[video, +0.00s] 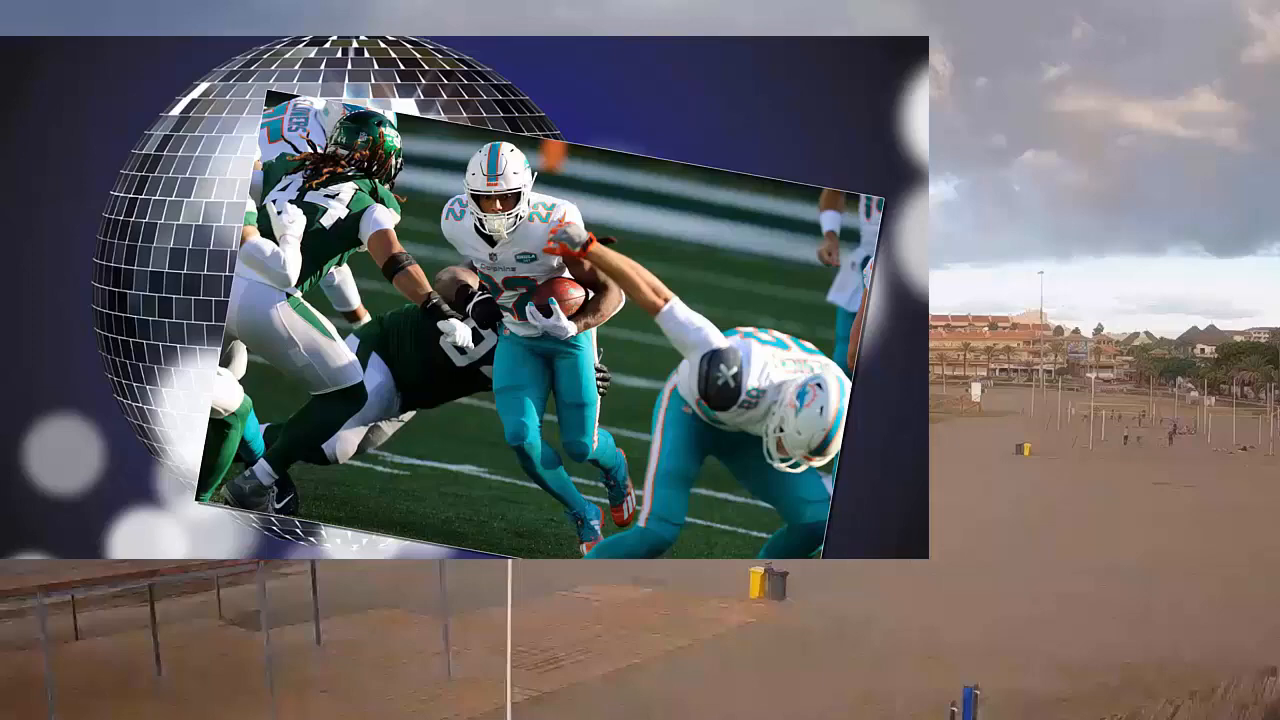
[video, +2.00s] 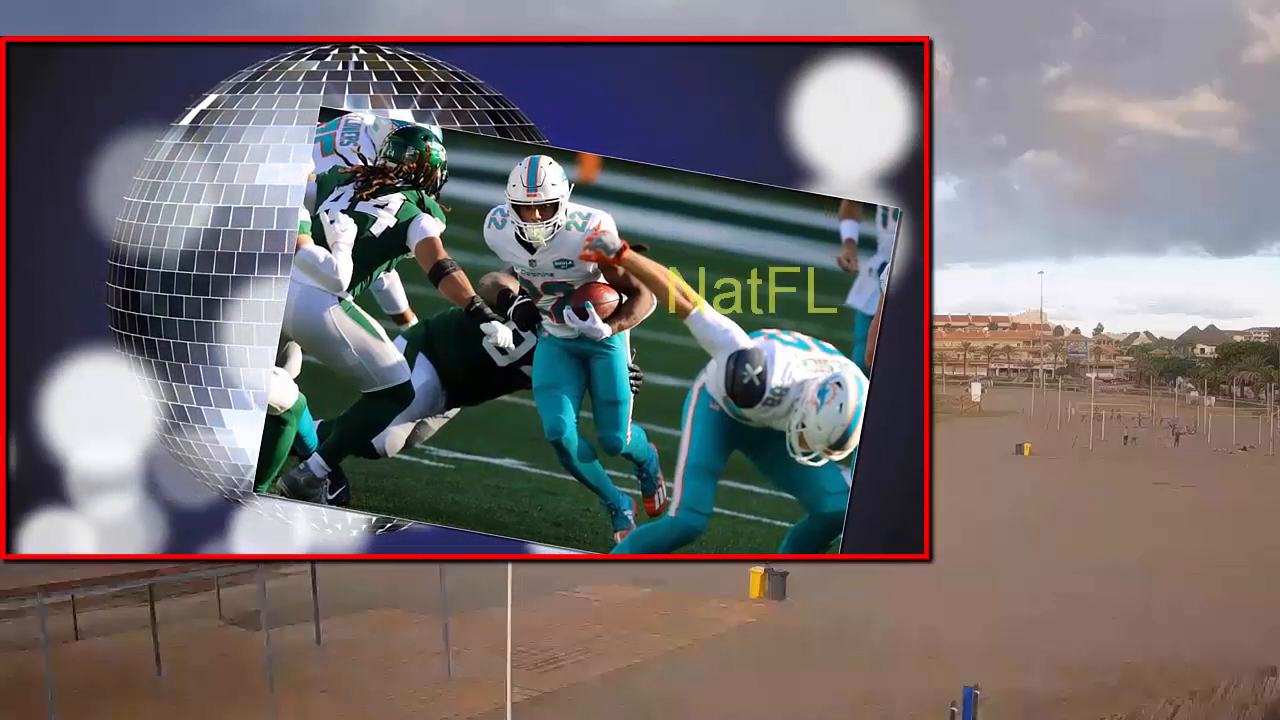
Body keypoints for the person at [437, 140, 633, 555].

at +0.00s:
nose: (495, 207)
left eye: (505, 198)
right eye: (486, 199)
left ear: (524, 190)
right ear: (473, 194)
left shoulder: (558, 221)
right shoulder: (456, 220)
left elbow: (614, 291)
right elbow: (482, 265)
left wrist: (576, 326)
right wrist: (482, 298)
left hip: (571, 338)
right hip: (516, 337)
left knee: (578, 446)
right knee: (520, 438)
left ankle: (617, 473)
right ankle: (584, 514)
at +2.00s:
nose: (534, 217)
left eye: (543, 208)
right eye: (525, 209)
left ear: (561, 201)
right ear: (512, 204)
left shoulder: (594, 229)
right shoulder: (497, 228)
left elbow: (646, 295)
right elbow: (524, 272)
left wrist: (610, 328)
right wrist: (527, 303)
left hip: (606, 340)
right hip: (554, 339)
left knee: (613, 440)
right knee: (558, 433)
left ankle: (649, 469)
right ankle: (619, 507)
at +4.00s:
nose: (574, 226)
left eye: (582, 218)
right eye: (565, 218)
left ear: (599, 211)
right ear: (553, 214)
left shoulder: (630, 238)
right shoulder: (539, 237)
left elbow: (678, 300)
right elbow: (566, 278)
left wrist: (644, 331)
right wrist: (573, 306)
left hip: (641, 342)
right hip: (592, 341)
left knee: (648, 435)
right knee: (597, 428)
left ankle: (681, 462)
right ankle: (653, 497)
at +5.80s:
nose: (610, 235)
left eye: (618, 227)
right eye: (602, 228)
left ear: (633, 221)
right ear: (590, 223)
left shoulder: (655, 245)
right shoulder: (577, 244)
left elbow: (682, 281)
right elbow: (599, 280)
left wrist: (651, 309)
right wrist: (595, 308)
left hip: (668, 341)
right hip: (627, 342)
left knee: (674, 426)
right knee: (630, 421)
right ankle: (675, 477)